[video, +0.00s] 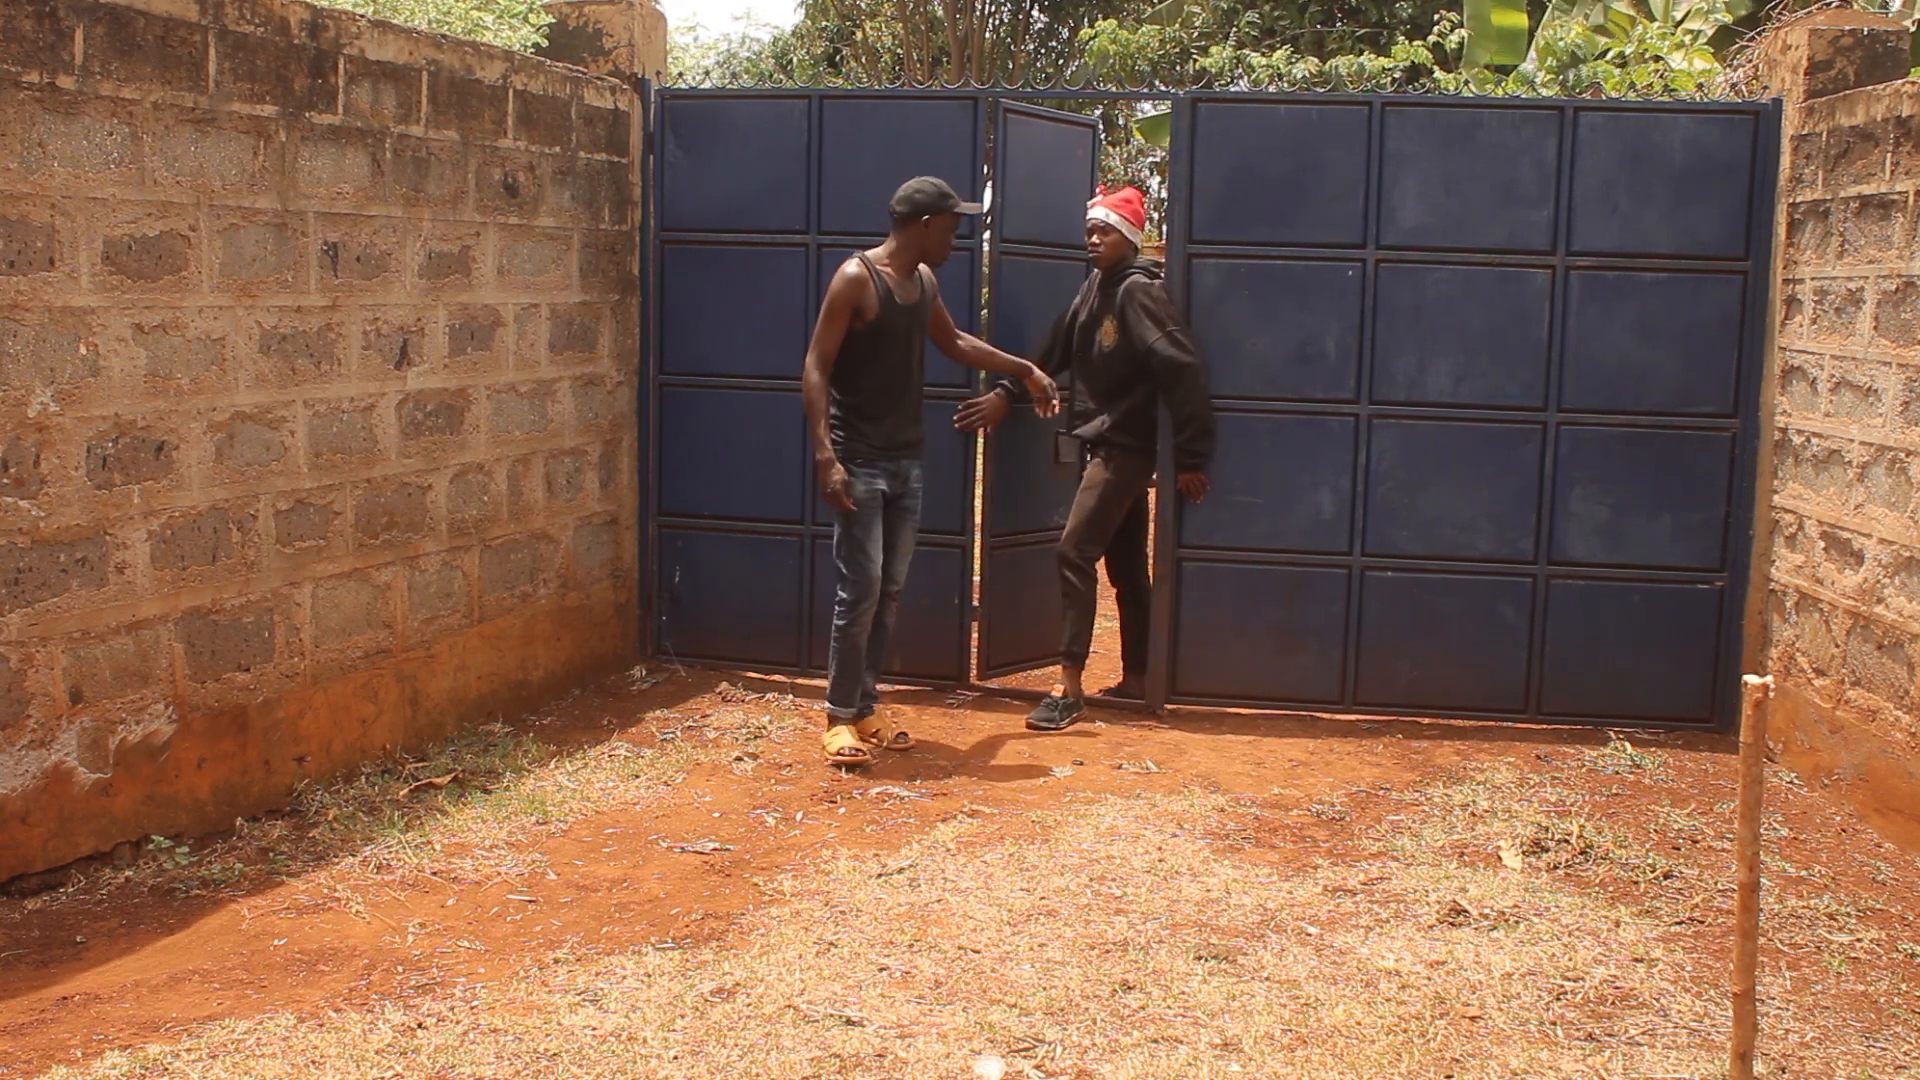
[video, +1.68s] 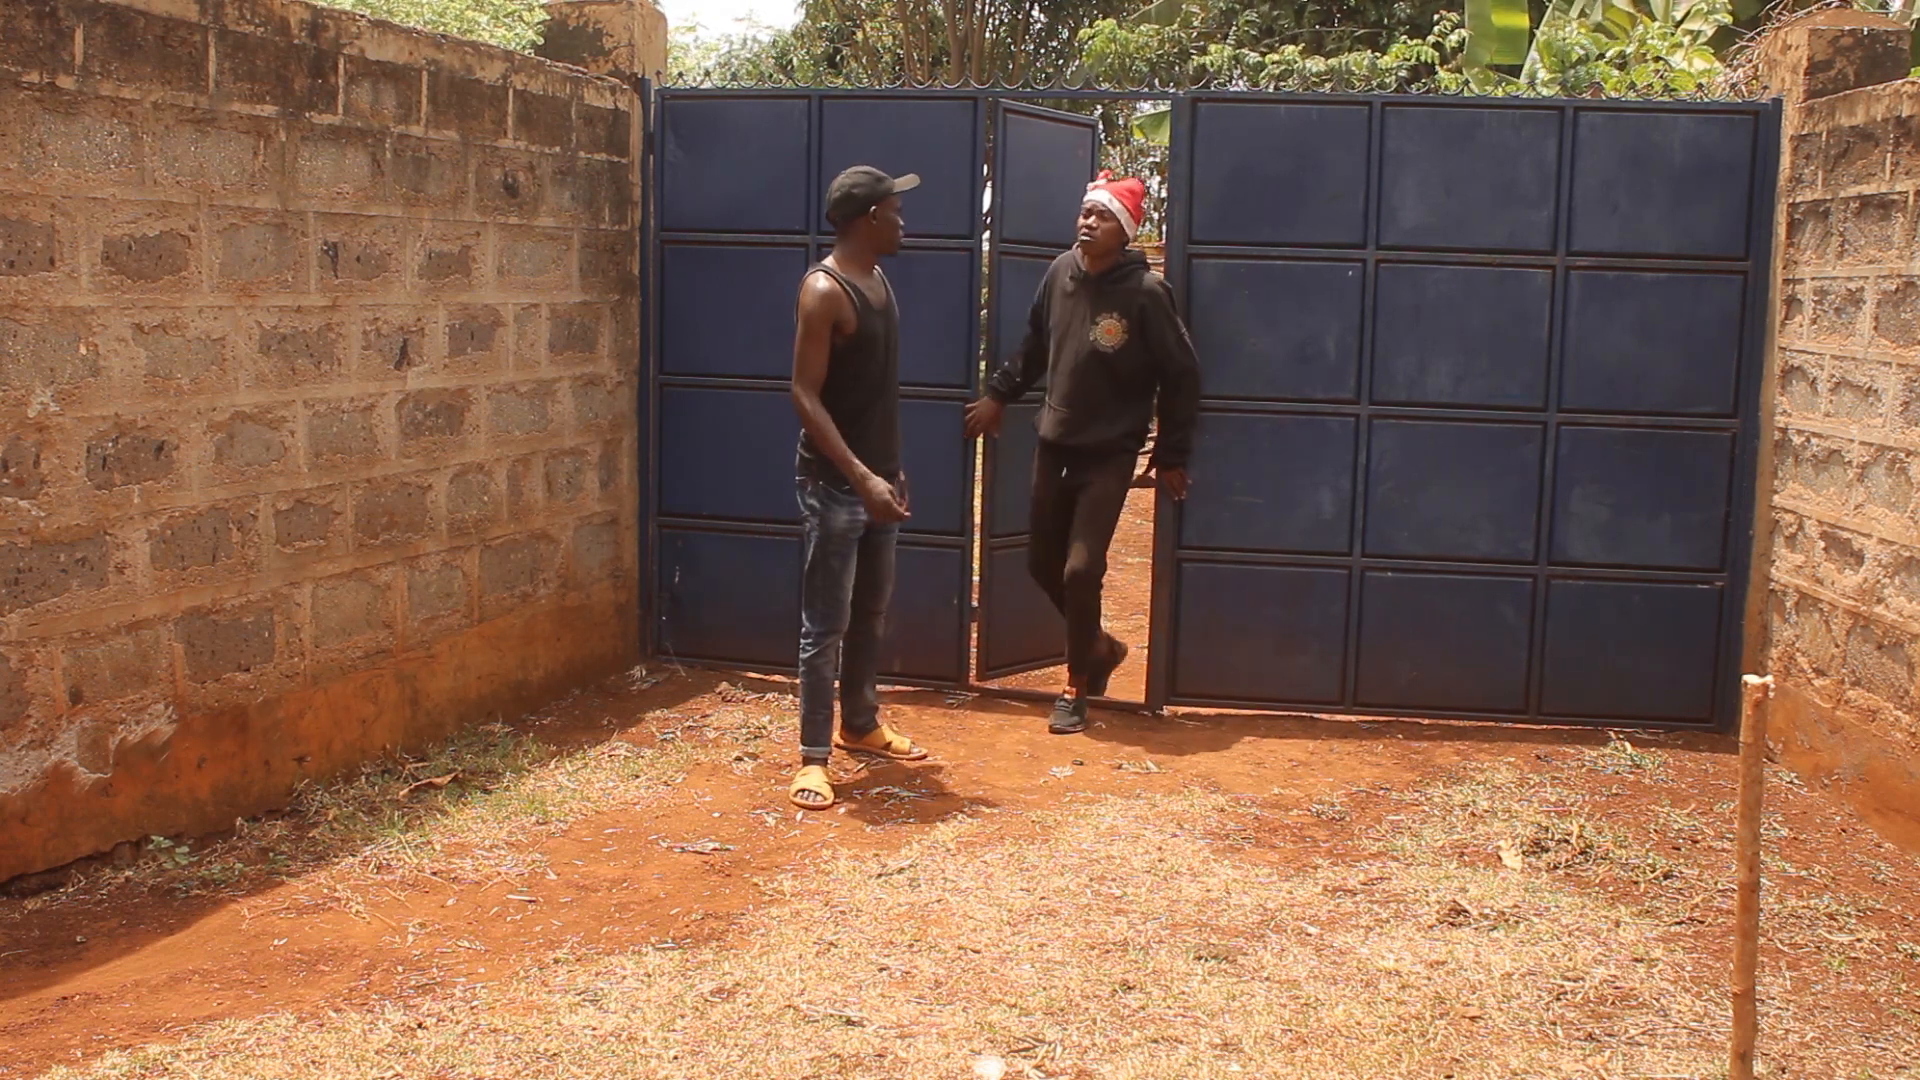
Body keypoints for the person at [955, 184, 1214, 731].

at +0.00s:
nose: (1095, 239)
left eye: (1106, 231)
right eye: (1090, 229)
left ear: (1132, 238)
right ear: (1087, 235)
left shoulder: (1138, 289)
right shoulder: (1092, 289)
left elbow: (1183, 366)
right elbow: (1052, 355)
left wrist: (1190, 458)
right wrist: (1005, 395)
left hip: (1125, 448)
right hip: (1105, 446)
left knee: (1074, 554)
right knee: (1128, 569)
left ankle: (1070, 690)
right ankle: (1138, 676)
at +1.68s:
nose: (1088, 223)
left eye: (1102, 216)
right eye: (1086, 212)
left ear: (1128, 230)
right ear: (1079, 218)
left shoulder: (1148, 291)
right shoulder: (1062, 269)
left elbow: (1181, 376)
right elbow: (1036, 341)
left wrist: (1172, 455)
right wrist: (997, 395)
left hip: (1110, 451)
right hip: (1054, 444)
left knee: (1081, 569)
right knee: (1043, 565)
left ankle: (1074, 693)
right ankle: (1099, 648)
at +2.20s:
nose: (1093, 208)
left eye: (1105, 199)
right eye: (1088, 198)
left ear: (1133, 207)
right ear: (1082, 204)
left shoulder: (1157, 280)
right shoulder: (1058, 256)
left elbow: (1168, 374)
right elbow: (1007, 305)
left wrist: (1166, 456)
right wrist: (1005, 318)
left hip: (1100, 441)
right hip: (1036, 430)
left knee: (1085, 565)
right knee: (1008, 555)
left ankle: (1076, 688)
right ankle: (1021, 671)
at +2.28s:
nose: (1088, 209)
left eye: (1099, 199)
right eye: (1082, 200)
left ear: (1128, 204)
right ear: (1075, 205)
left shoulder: (1153, 277)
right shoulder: (1051, 258)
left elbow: (1166, 370)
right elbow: (993, 313)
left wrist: (1166, 454)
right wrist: (1004, 259)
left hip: (1099, 440)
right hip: (1034, 431)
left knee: (1086, 567)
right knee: (1015, 559)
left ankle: (1076, 688)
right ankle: (1001, 685)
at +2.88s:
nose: (1075, 210)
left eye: (1088, 201)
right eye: (1068, 199)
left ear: (1110, 209)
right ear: (1058, 203)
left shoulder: (1125, 281)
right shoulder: (1028, 254)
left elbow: (1145, 375)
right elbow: (976, 325)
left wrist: (1163, 454)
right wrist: (1022, 327)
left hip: (1080, 444)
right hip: (1013, 438)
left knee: (1074, 567)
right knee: (1004, 567)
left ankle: (1075, 690)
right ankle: (993, 692)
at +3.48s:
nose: (1088, 223)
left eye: (1101, 215)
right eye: (1084, 212)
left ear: (1129, 220)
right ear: (1077, 212)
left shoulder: (1149, 285)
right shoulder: (1054, 257)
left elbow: (1153, 378)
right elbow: (1003, 308)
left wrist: (1160, 459)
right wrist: (1002, 355)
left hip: (1087, 439)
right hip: (1022, 425)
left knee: (1075, 567)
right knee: (996, 555)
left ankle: (1074, 687)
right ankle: (997, 679)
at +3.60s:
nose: (1097, 222)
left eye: (1110, 214)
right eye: (1093, 211)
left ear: (1138, 221)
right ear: (1088, 213)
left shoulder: (1156, 283)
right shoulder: (1067, 263)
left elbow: (1159, 377)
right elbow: (1024, 314)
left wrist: (1159, 458)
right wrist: (979, 338)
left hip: (1098, 435)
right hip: (1038, 425)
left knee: (1081, 564)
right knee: (1000, 540)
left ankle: (1075, 686)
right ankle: (1043, 608)